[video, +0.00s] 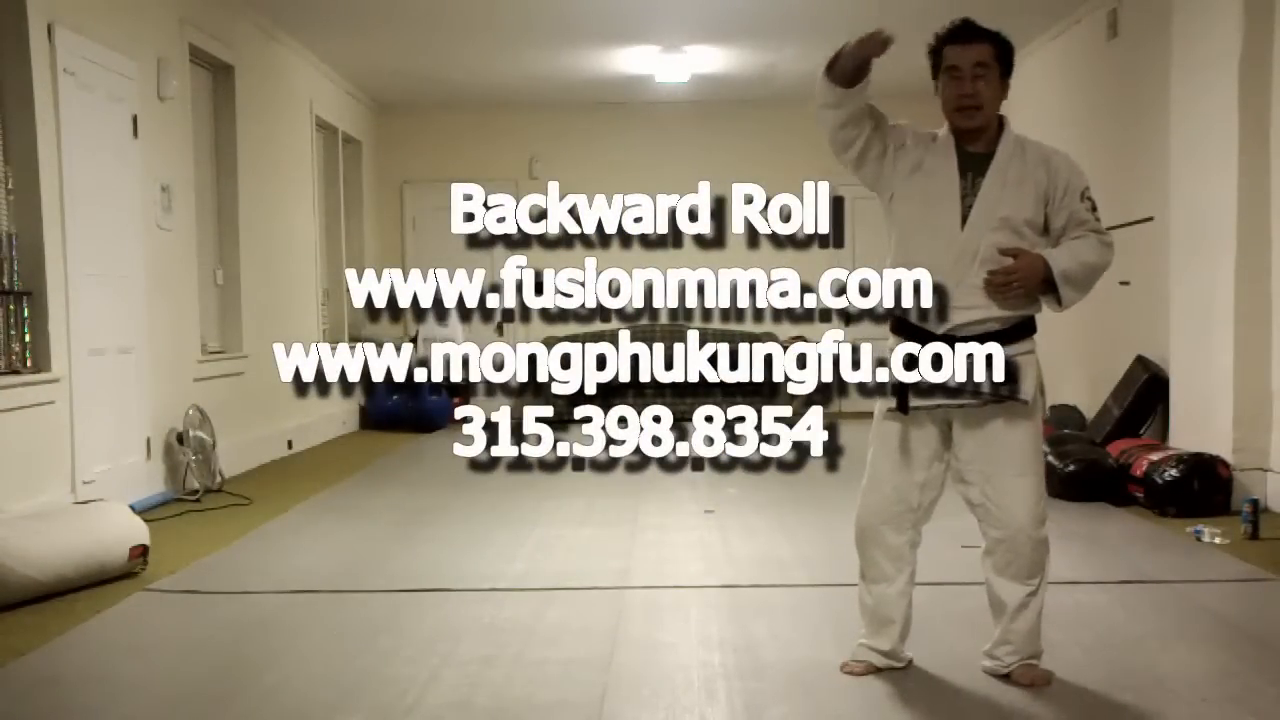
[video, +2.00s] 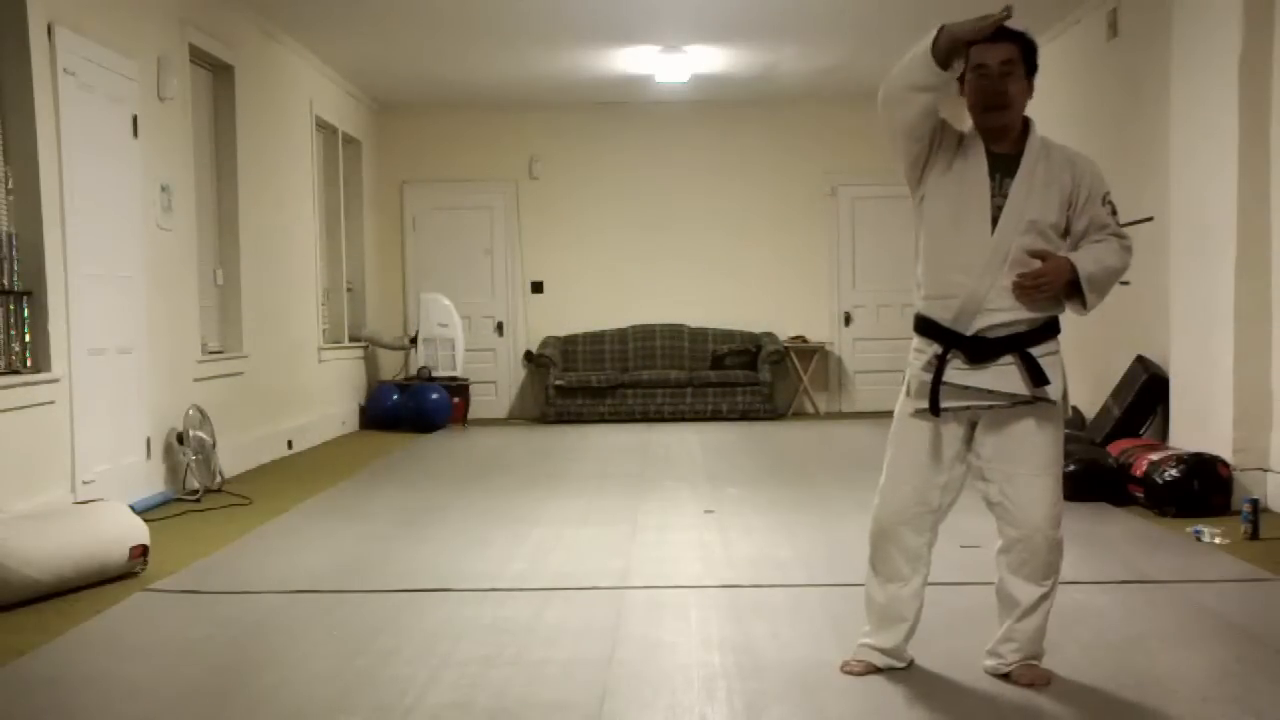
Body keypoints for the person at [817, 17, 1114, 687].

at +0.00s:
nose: (965, 86)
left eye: (980, 73)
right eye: (952, 75)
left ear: (1004, 84)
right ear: (936, 88)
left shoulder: (1048, 168)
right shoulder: (902, 157)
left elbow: (1093, 245)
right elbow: (844, 122)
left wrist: (1048, 268)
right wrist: (852, 63)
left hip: (1002, 362)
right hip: (912, 362)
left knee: (1019, 522)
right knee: (884, 515)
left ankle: (1014, 654)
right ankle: (881, 643)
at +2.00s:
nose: (991, 83)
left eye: (1007, 70)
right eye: (978, 71)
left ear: (1029, 84)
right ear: (960, 85)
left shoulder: (1070, 171)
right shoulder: (935, 158)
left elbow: (1113, 249)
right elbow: (900, 98)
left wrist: (1074, 270)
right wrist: (951, 38)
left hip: (1026, 369)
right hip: (936, 366)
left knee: (1036, 526)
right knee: (899, 514)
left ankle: (1016, 653)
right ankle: (882, 641)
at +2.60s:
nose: (978, 84)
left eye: (988, 70)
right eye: (959, 74)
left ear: (1005, 81)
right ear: (936, 93)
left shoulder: (1055, 165)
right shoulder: (915, 162)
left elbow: (1103, 239)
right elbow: (861, 140)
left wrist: (1061, 265)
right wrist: (860, 86)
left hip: (1022, 365)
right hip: (931, 365)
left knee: (1035, 525)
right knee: (899, 516)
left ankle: (1016, 654)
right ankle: (884, 641)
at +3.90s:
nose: (985, 87)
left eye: (995, 73)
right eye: (967, 77)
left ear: (1010, 80)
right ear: (940, 93)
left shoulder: (1056, 162)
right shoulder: (913, 163)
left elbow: (1105, 239)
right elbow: (850, 204)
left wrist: (1062, 268)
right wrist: (823, 174)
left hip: (1026, 372)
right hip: (936, 373)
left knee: (1038, 529)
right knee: (902, 518)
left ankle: (1017, 653)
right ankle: (886, 642)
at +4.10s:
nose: (992, 91)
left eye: (1004, 77)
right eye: (975, 80)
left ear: (1021, 83)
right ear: (951, 90)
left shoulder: (1071, 162)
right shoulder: (915, 167)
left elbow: (1121, 238)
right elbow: (870, 240)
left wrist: (1072, 268)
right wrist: (850, 254)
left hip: (1035, 374)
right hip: (940, 373)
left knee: (1044, 533)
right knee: (896, 518)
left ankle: (1018, 654)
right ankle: (883, 642)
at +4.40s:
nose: (977, 108)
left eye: (991, 93)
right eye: (962, 93)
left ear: (1017, 93)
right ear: (944, 95)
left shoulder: (1063, 159)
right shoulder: (922, 160)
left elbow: (1108, 246)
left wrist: (1031, 219)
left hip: (1032, 371)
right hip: (939, 369)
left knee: (1040, 539)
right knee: (912, 529)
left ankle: (1021, 652)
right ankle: (921, 675)